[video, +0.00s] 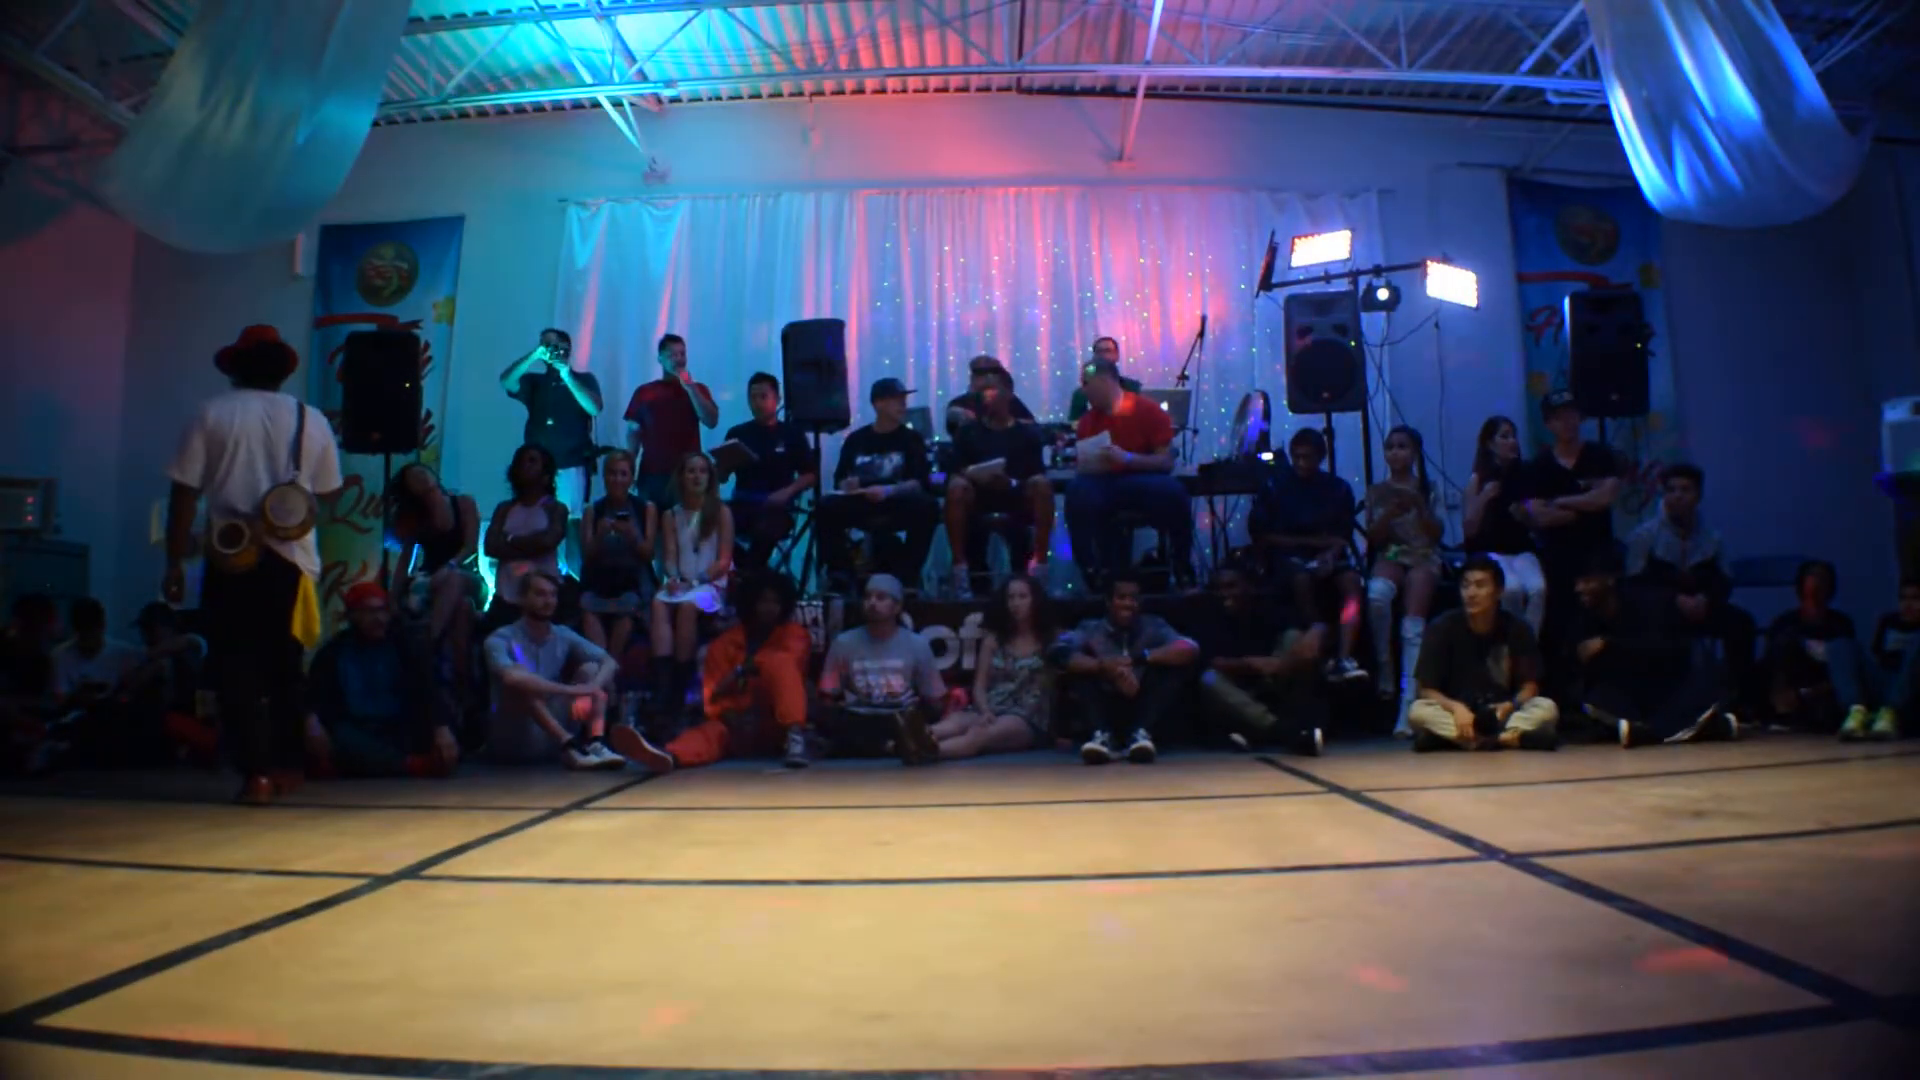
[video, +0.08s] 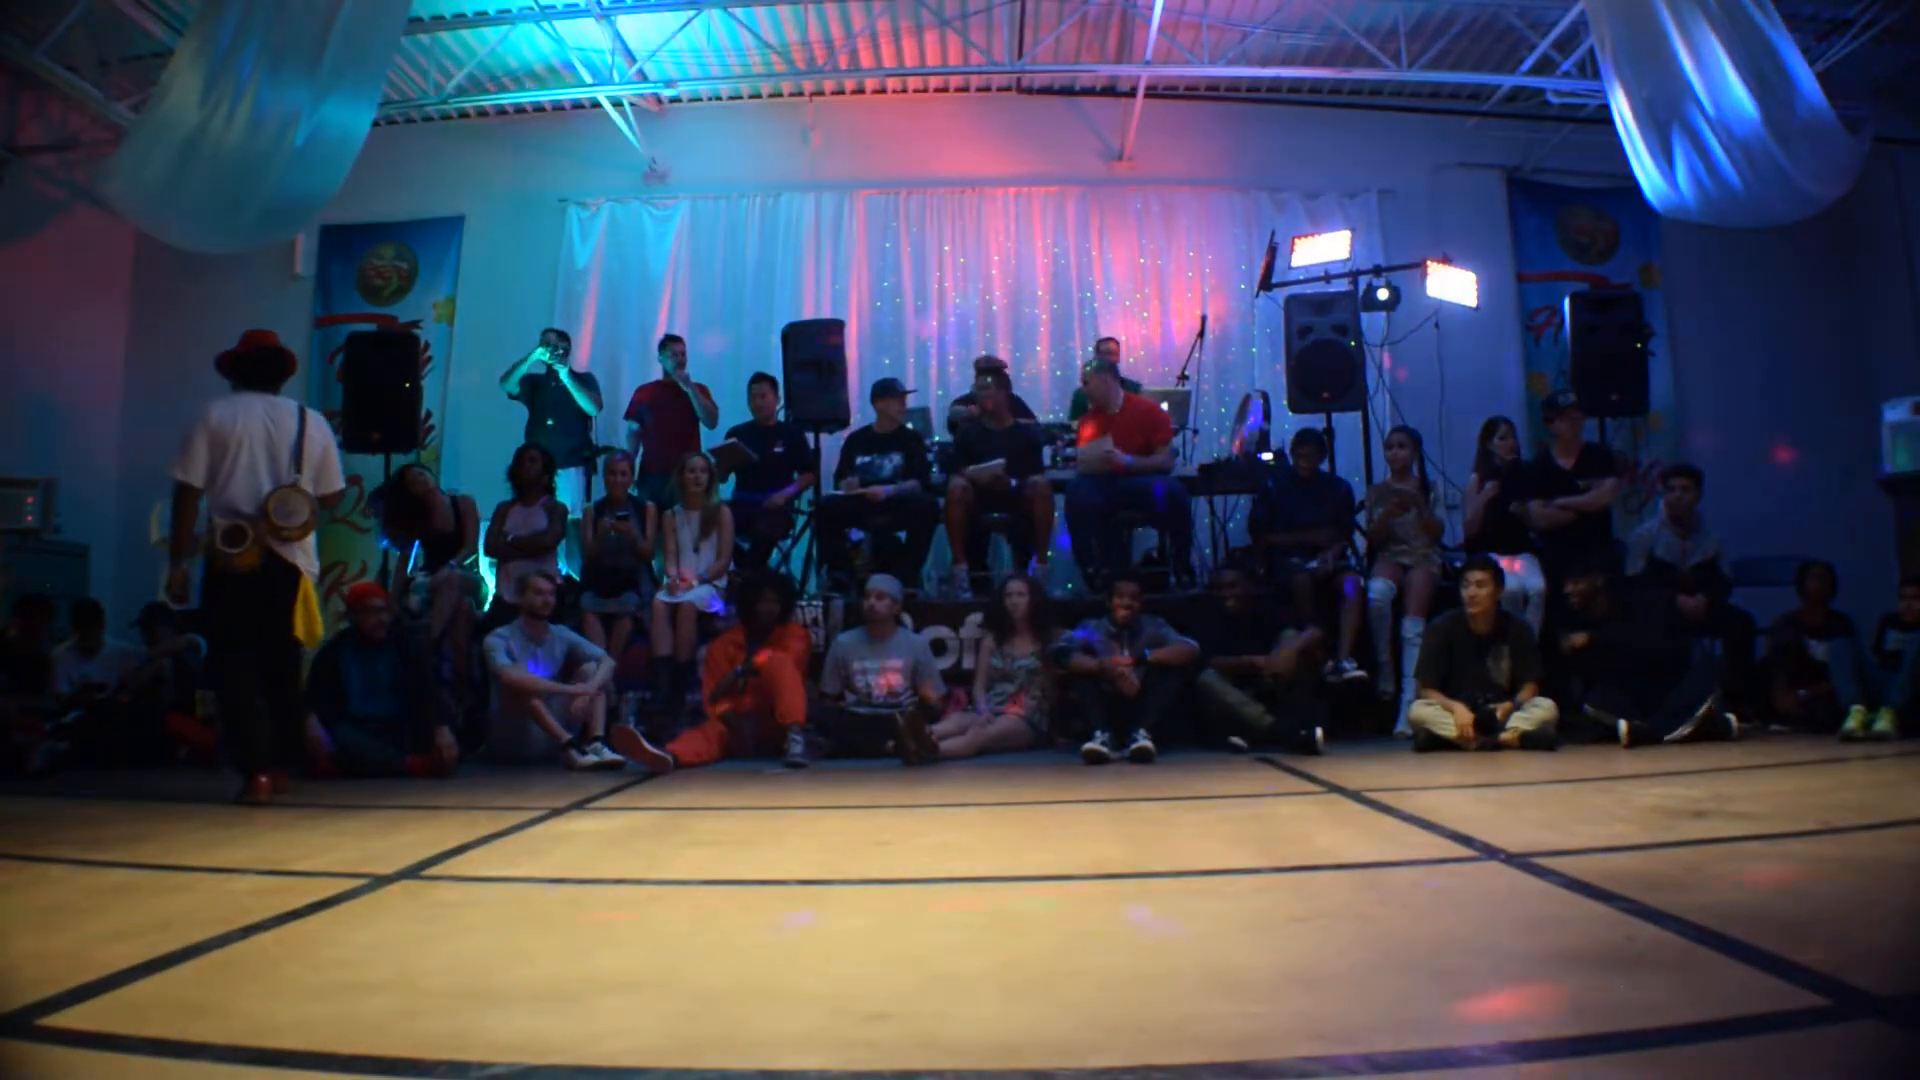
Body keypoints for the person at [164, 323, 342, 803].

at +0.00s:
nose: (234, 373)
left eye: (235, 366)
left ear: (234, 369)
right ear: (283, 371)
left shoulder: (214, 415)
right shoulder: (310, 420)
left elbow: (184, 495)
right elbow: (330, 493)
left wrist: (174, 564)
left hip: (229, 565)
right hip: (289, 566)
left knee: (234, 668)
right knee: (284, 666)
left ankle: (254, 772)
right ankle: (285, 766)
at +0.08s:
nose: (234, 377)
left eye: (235, 370)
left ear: (234, 373)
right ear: (282, 375)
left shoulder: (216, 417)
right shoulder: (310, 422)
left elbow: (187, 494)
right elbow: (332, 496)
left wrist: (178, 563)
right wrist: (291, 507)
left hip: (229, 566)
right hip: (288, 567)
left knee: (233, 667)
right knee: (282, 666)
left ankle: (254, 770)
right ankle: (278, 764)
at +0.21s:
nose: (238, 379)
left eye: (239, 372)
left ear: (238, 375)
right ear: (285, 377)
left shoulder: (221, 417)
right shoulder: (312, 426)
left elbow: (193, 490)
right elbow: (337, 497)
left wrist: (184, 559)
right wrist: (296, 512)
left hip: (229, 565)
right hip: (287, 566)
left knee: (234, 665)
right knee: (281, 662)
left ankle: (253, 769)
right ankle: (275, 765)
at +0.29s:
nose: (239, 380)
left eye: (241, 374)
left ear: (241, 376)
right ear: (288, 379)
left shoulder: (224, 417)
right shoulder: (313, 427)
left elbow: (196, 487)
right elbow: (341, 496)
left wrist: (187, 557)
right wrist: (302, 510)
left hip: (230, 563)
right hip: (288, 565)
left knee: (232, 662)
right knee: (281, 660)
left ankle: (251, 764)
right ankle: (276, 763)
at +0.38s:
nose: (236, 382)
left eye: (239, 376)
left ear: (242, 378)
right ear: (289, 381)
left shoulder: (227, 417)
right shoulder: (315, 430)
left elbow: (197, 486)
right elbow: (341, 497)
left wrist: (187, 556)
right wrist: (300, 516)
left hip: (232, 563)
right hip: (289, 566)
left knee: (233, 660)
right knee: (281, 660)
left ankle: (250, 758)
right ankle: (273, 763)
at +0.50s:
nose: (233, 384)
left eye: (236, 378)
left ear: (241, 379)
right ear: (287, 383)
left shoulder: (229, 416)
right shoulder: (312, 433)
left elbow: (199, 481)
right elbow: (331, 500)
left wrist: (187, 542)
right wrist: (302, 531)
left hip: (232, 564)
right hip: (289, 568)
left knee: (228, 662)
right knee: (279, 665)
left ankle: (246, 761)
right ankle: (273, 763)